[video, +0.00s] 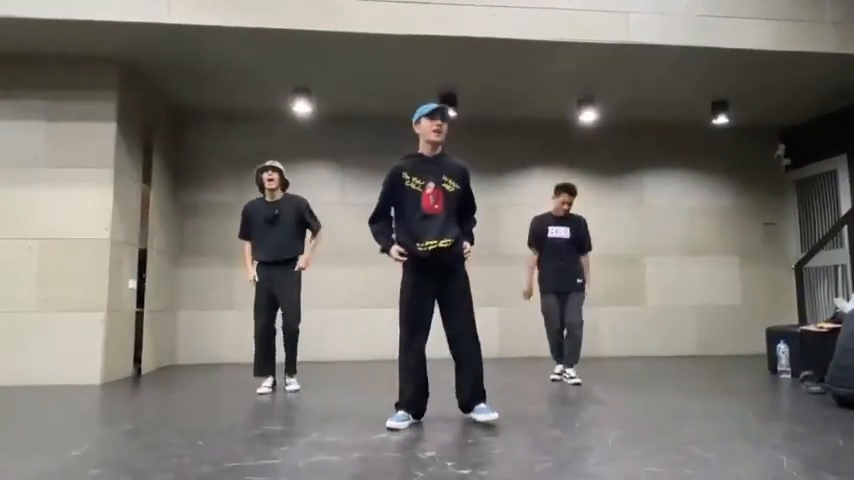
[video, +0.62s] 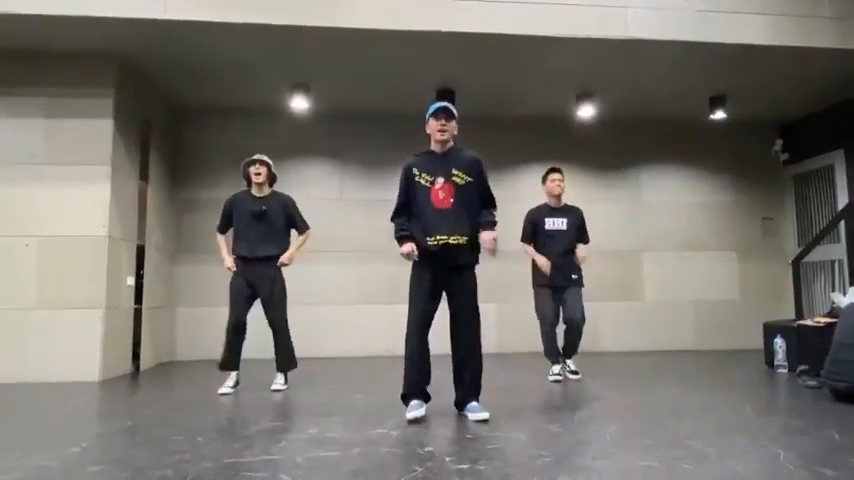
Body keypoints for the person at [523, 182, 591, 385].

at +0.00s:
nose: (566, 207)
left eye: (569, 204)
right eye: (563, 202)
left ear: (573, 203)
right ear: (554, 199)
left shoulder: (578, 222)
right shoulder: (539, 222)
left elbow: (584, 255)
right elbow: (533, 255)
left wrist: (587, 279)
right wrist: (529, 284)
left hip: (574, 283)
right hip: (549, 284)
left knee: (574, 323)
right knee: (553, 325)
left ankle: (570, 366)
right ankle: (559, 363)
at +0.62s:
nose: (557, 184)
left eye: (560, 181)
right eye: (552, 181)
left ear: (564, 186)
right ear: (544, 186)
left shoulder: (575, 213)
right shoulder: (534, 214)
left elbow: (581, 242)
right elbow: (526, 244)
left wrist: (578, 257)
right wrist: (539, 258)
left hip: (570, 275)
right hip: (545, 277)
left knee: (576, 319)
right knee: (548, 321)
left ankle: (568, 358)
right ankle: (554, 363)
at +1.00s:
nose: (558, 183)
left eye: (561, 180)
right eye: (553, 180)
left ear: (564, 186)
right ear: (544, 186)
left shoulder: (574, 211)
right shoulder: (534, 212)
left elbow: (583, 237)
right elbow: (525, 242)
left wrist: (568, 238)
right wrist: (551, 241)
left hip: (566, 273)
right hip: (539, 274)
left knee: (574, 319)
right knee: (537, 311)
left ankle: (575, 362)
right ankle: (541, 353)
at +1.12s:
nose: (556, 185)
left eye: (558, 182)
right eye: (551, 182)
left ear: (562, 186)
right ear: (541, 188)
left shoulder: (572, 212)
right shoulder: (532, 212)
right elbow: (509, 231)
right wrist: (494, 223)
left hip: (563, 279)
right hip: (534, 277)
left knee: (575, 321)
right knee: (517, 317)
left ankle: (574, 362)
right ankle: (497, 361)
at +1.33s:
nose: (559, 181)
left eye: (562, 178)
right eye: (555, 179)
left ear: (565, 184)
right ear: (545, 184)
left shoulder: (574, 207)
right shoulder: (535, 208)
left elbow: (590, 226)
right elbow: (513, 226)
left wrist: (610, 219)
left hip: (567, 276)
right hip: (539, 276)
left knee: (577, 321)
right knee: (524, 316)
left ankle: (576, 361)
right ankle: (505, 358)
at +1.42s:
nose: (563, 179)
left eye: (565, 176)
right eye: (558, 176)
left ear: (569, 180)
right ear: (549, 182)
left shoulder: (575, 206)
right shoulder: (539, 208)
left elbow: (577, 233)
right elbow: (526, 236)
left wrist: (588, 235)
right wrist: (542, 256)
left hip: (572, 269)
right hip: (547, 270)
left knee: (578, 315)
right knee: (546, 314)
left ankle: (576, 359)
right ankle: (541, 354)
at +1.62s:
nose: (565, 178)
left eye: (567, 174)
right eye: (560, 175)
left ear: (571, 179)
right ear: (551, 180)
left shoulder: (577, 205)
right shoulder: (541, 206)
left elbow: (584, 236)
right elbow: (540, 231)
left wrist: (588, 254)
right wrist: (563, 241)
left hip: (576, 265)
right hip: (552, 266)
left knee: (584, 308)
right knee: (571, 305)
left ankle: (576, 356)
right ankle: (560, 349)